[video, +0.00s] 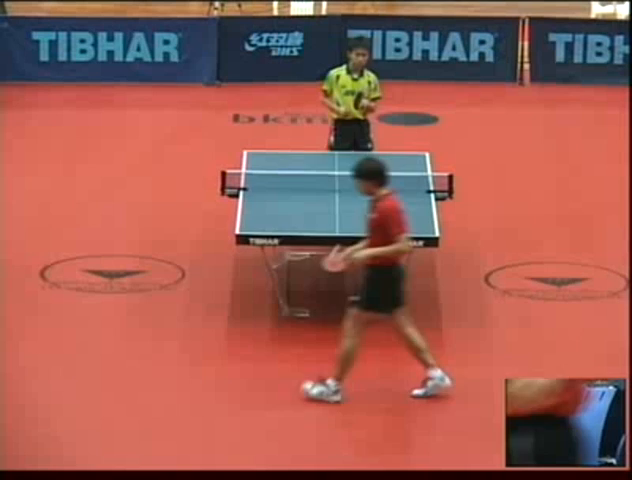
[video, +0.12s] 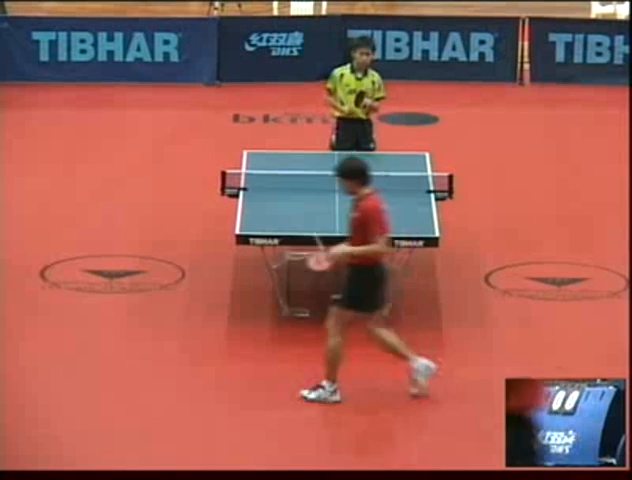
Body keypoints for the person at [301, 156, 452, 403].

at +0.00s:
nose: (358, 186)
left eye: (360, 181)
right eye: (358, 181)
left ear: (371, 181)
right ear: (377, 180)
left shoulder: (389, 206)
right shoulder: (379, 204)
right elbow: (376, 240)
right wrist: (351, 251)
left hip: (382, 274)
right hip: (386, 271)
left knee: (354, 323)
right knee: (402, 323)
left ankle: (335, 383)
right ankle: (434, 373)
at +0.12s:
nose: (341, 186)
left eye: (343, 180)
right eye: (340, 180)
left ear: (352, 180)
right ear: (361, 178)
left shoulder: (371, 206)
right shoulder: (364, 204)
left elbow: (382, 246)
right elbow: (361, 243)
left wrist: (346, 251)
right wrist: (335, 256)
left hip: (365, 274)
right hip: (369, 271)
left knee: (335, 322)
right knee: (374, 327)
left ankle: (330, 384)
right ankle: (417, 363)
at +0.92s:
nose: (238, 159)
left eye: (236, 154)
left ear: (233, 157)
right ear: (256, 158)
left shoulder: (220, 186)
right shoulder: (268, 189)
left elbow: (206, 221)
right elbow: (283, 225)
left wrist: (223, 206)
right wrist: (264, 215)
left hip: (225, 249)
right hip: (255, 251)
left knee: (206, 305)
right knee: (249, 308)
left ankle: (190, 354)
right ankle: (250, 363)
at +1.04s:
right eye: (239, 158)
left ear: (218, 160)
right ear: (242, 161)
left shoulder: (203, 187)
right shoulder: (254, 190)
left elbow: (189, 222)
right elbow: (270, 226)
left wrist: (206, 215)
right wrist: (253, 218)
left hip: (210, 250)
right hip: (239, 253)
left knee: (193, 301)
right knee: (240, 305)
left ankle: (184, 353)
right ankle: (249, 356)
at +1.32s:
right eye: (229, 152)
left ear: (206, 154)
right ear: (230, 155)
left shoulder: (190, 178)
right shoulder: (239, 182)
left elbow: (185, 211)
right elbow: (263, 215)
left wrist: (206, 205)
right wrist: (237, 216)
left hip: (194, 241)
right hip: (224, 244)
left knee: (186, 298)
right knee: (237, 297)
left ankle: (183, 352)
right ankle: (239, 351)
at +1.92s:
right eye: (230, 155)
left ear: (207, 156)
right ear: (230, 159)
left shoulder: (189, 178)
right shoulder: (235, 187)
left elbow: (170, 210)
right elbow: (262, 217)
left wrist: (189, 218)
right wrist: (265, 200)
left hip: (185, 242)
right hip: (214, 247)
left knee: (169, 290)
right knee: (237, 296)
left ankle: (153, 338)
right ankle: (239, 352)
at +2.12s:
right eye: (228, 159)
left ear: (205, 159)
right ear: (227, 163)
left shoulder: (185, 177)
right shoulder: (230, 189)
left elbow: (162, 207)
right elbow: (255, 222)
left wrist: (178, 219)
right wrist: (259, 211)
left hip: (172, 239)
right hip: (198, 243)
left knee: (161, 289)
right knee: (226, 296)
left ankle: (151, 338)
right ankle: (237, 353)